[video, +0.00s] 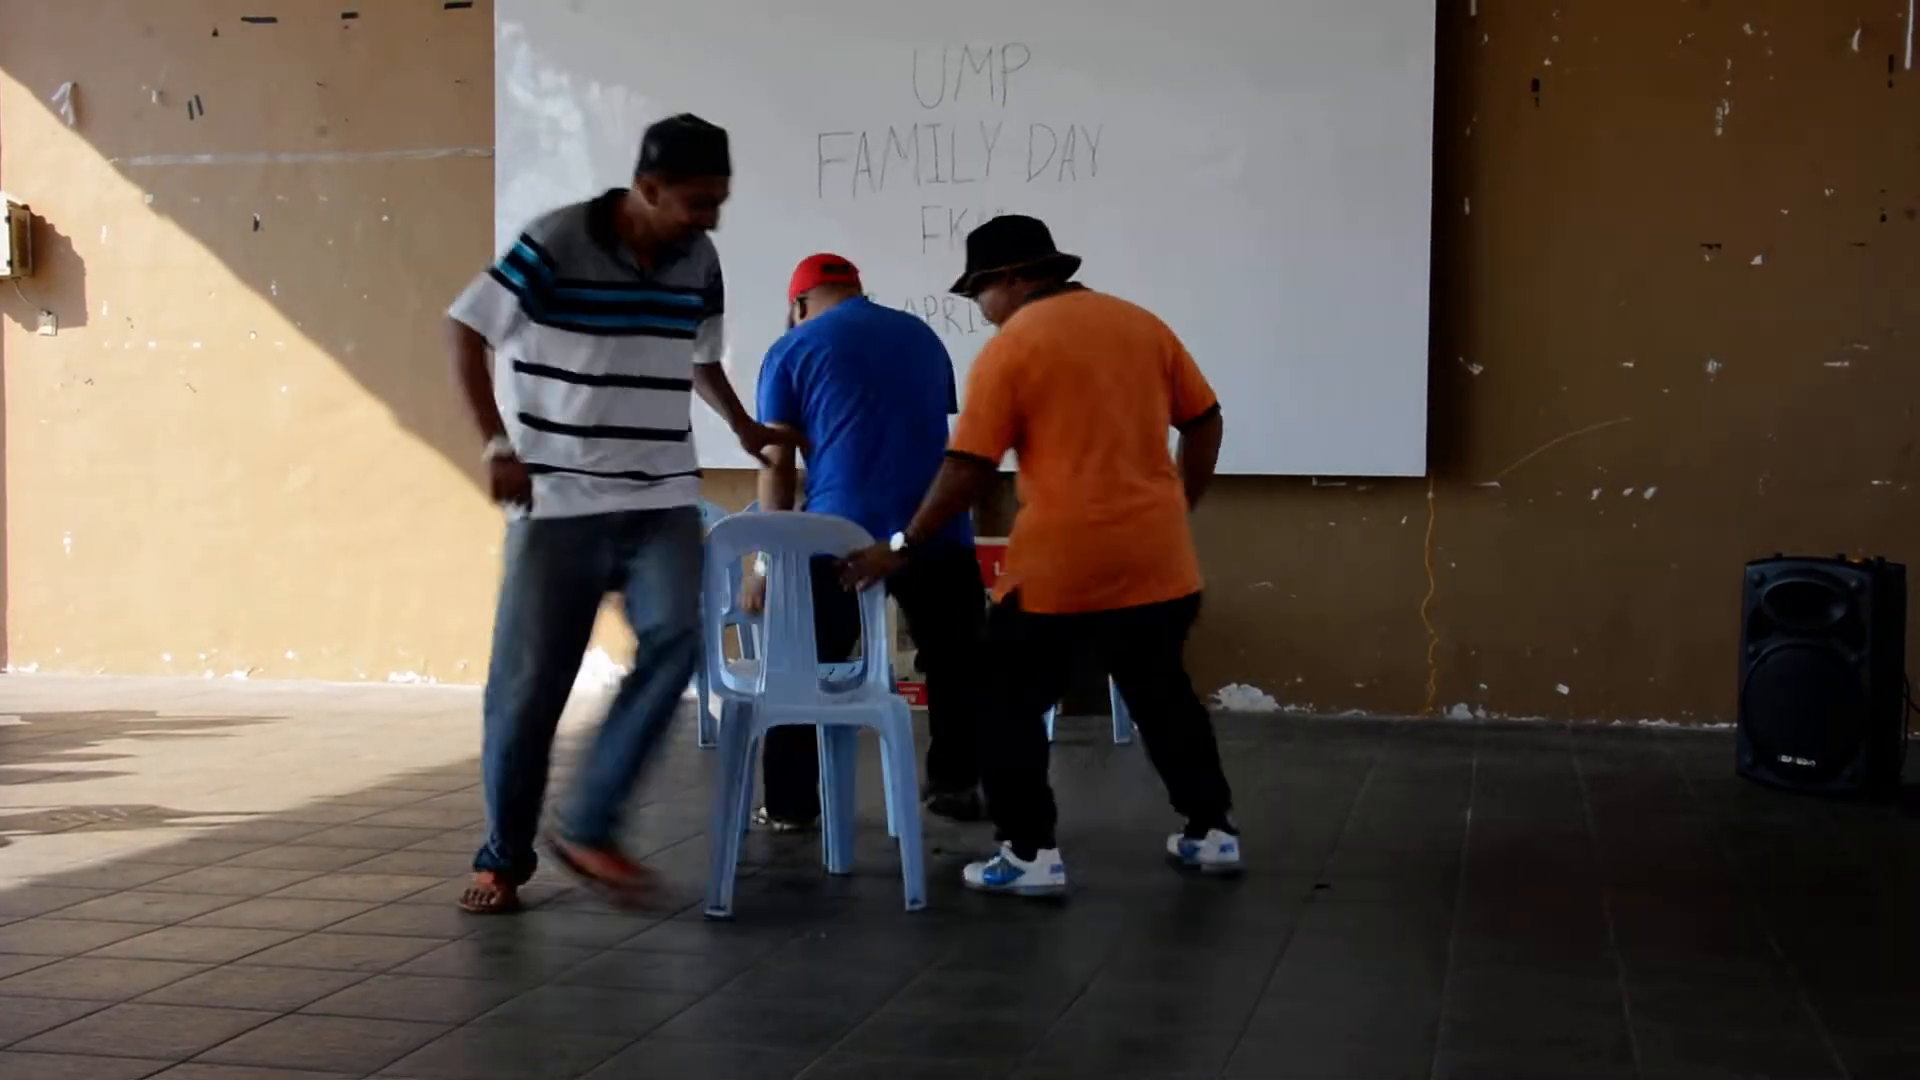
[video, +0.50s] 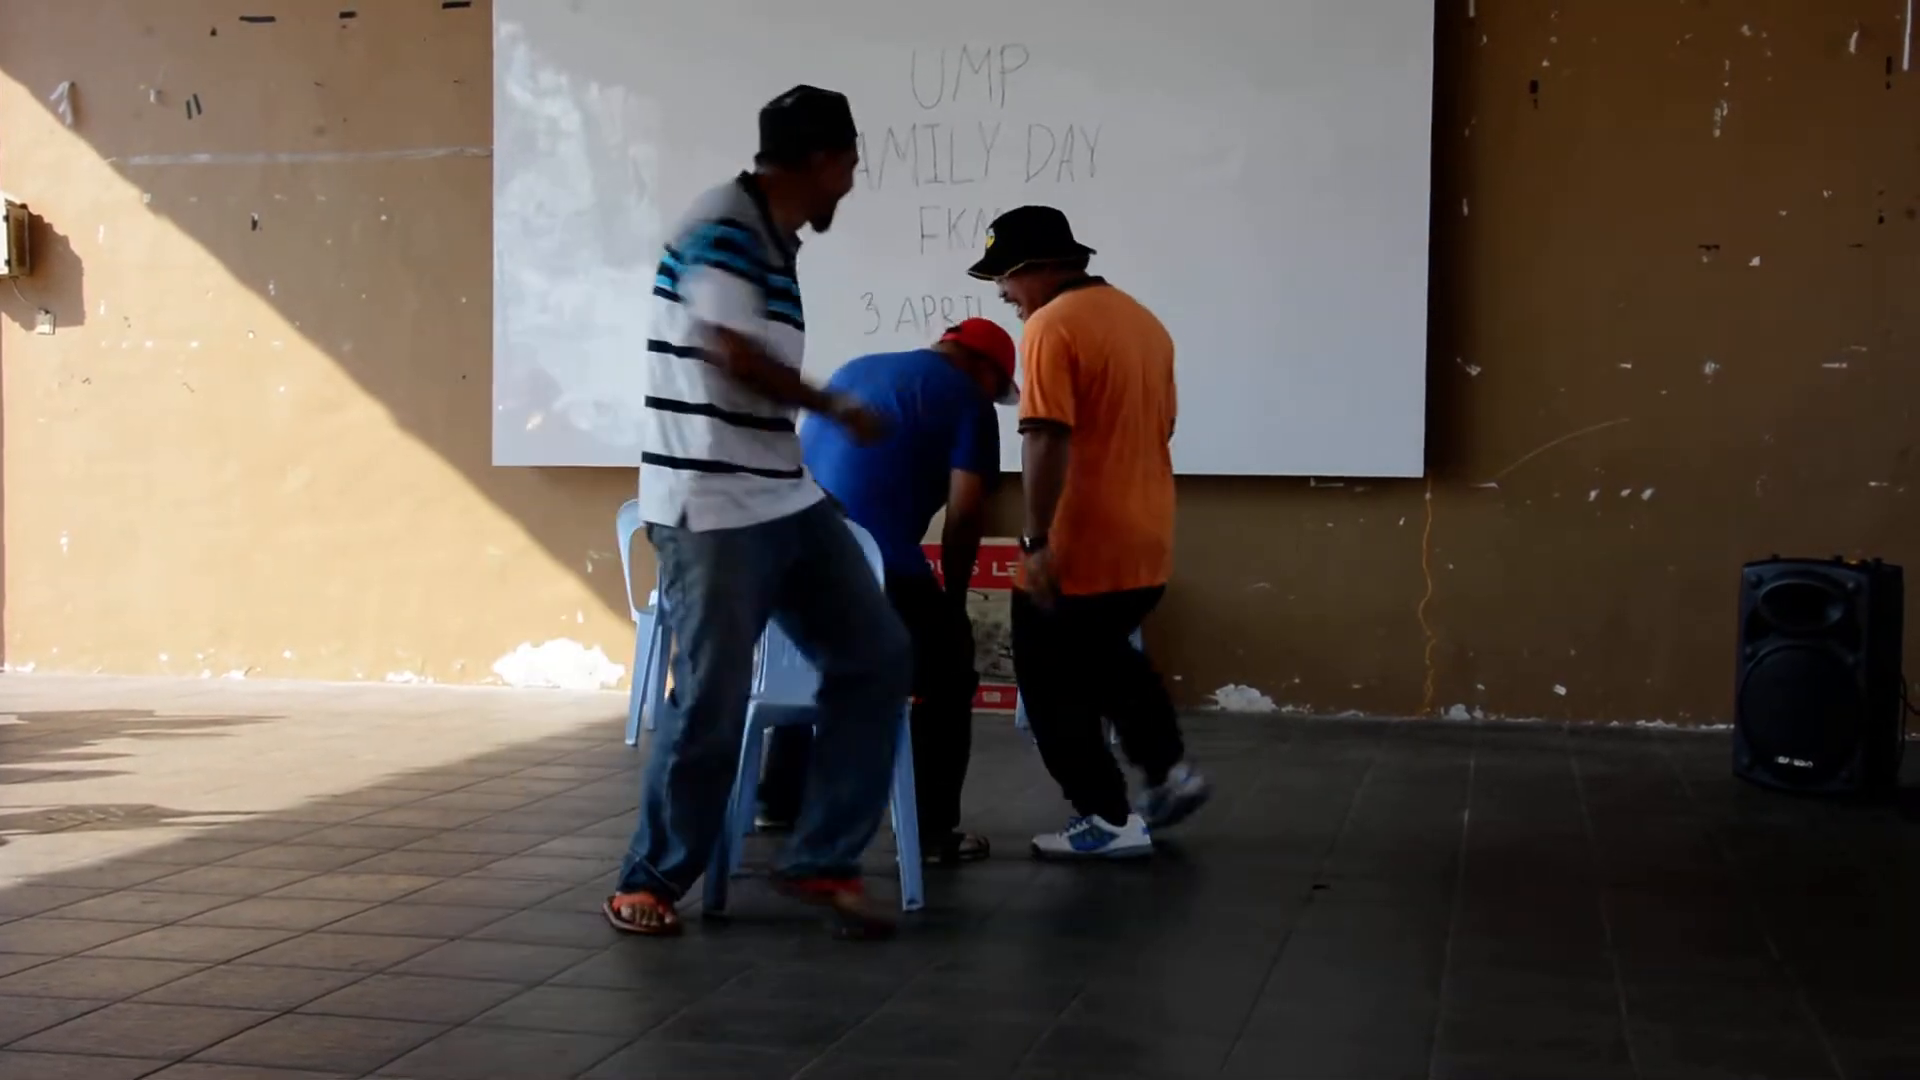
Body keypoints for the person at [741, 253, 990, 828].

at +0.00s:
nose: (797, 322)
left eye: (795, 314)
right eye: (797, 315)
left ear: (804, 305)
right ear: (859, 291)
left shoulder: (793, 349)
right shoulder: (921, 332)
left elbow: (778, 470)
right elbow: (948, 426)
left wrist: (768, 567)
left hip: (837, 539)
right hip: (933, 534)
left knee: (802, 663)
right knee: (954, 656)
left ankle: (790, 803)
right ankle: (957, 787)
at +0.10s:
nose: (811, 316)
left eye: (811, 309)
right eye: (814, 310)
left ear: (819, 302)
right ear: (879, 295)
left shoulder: (797, 347)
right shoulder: (934, 343)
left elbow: (775, 462)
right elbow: (948, 454)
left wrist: (770, 549)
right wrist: (929, 520)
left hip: (833, 544)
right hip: (930, 539)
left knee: (809, 666)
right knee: (952, 680)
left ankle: (792, 806)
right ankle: (930, 831)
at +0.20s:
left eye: (852, 305)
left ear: (850, 306)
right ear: (913, 309)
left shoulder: (806, 353)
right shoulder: (950, 362)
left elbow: (765, 449)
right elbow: (973, 476)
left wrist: (801, 505)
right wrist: (950, 534)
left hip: (827, 552)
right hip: (921, 554)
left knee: (818, 683)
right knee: (962, 681)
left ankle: (804, 836)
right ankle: (937, 832)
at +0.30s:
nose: (965, 354)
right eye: (965, 345)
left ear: (901, 321)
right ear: (957, 336)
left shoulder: (825, 360)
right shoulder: (964, 380)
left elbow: (773, 444)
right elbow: (988, 488)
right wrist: (977, 583)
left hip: (815, 561)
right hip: (909, 567)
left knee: (824, 681)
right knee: (958, 686)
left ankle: (804, 824)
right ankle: (936, 835)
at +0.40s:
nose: (986, 391)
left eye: (991, 382)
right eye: (989, 380)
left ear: (935, 343)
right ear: (978, 362)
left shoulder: (848, 367)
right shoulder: (967, 396)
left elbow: (803, 455)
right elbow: (971, 516)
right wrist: (957, 603)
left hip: (810, 560)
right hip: (891, 569)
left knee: (828, 675)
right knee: (953, 680)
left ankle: (801, 817)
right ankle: (934, 834)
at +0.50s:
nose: (997, 397)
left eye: (1001, 388)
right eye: (999, 385)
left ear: (949, 347)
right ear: (983, 367)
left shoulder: (863, 369)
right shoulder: (968, 398)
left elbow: (808, 462)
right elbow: (964, 514)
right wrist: (954, 603)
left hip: (809, 548)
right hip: (884, 560)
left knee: (821, 654)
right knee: (949, 666)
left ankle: (782, 800)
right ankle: (935, 832)